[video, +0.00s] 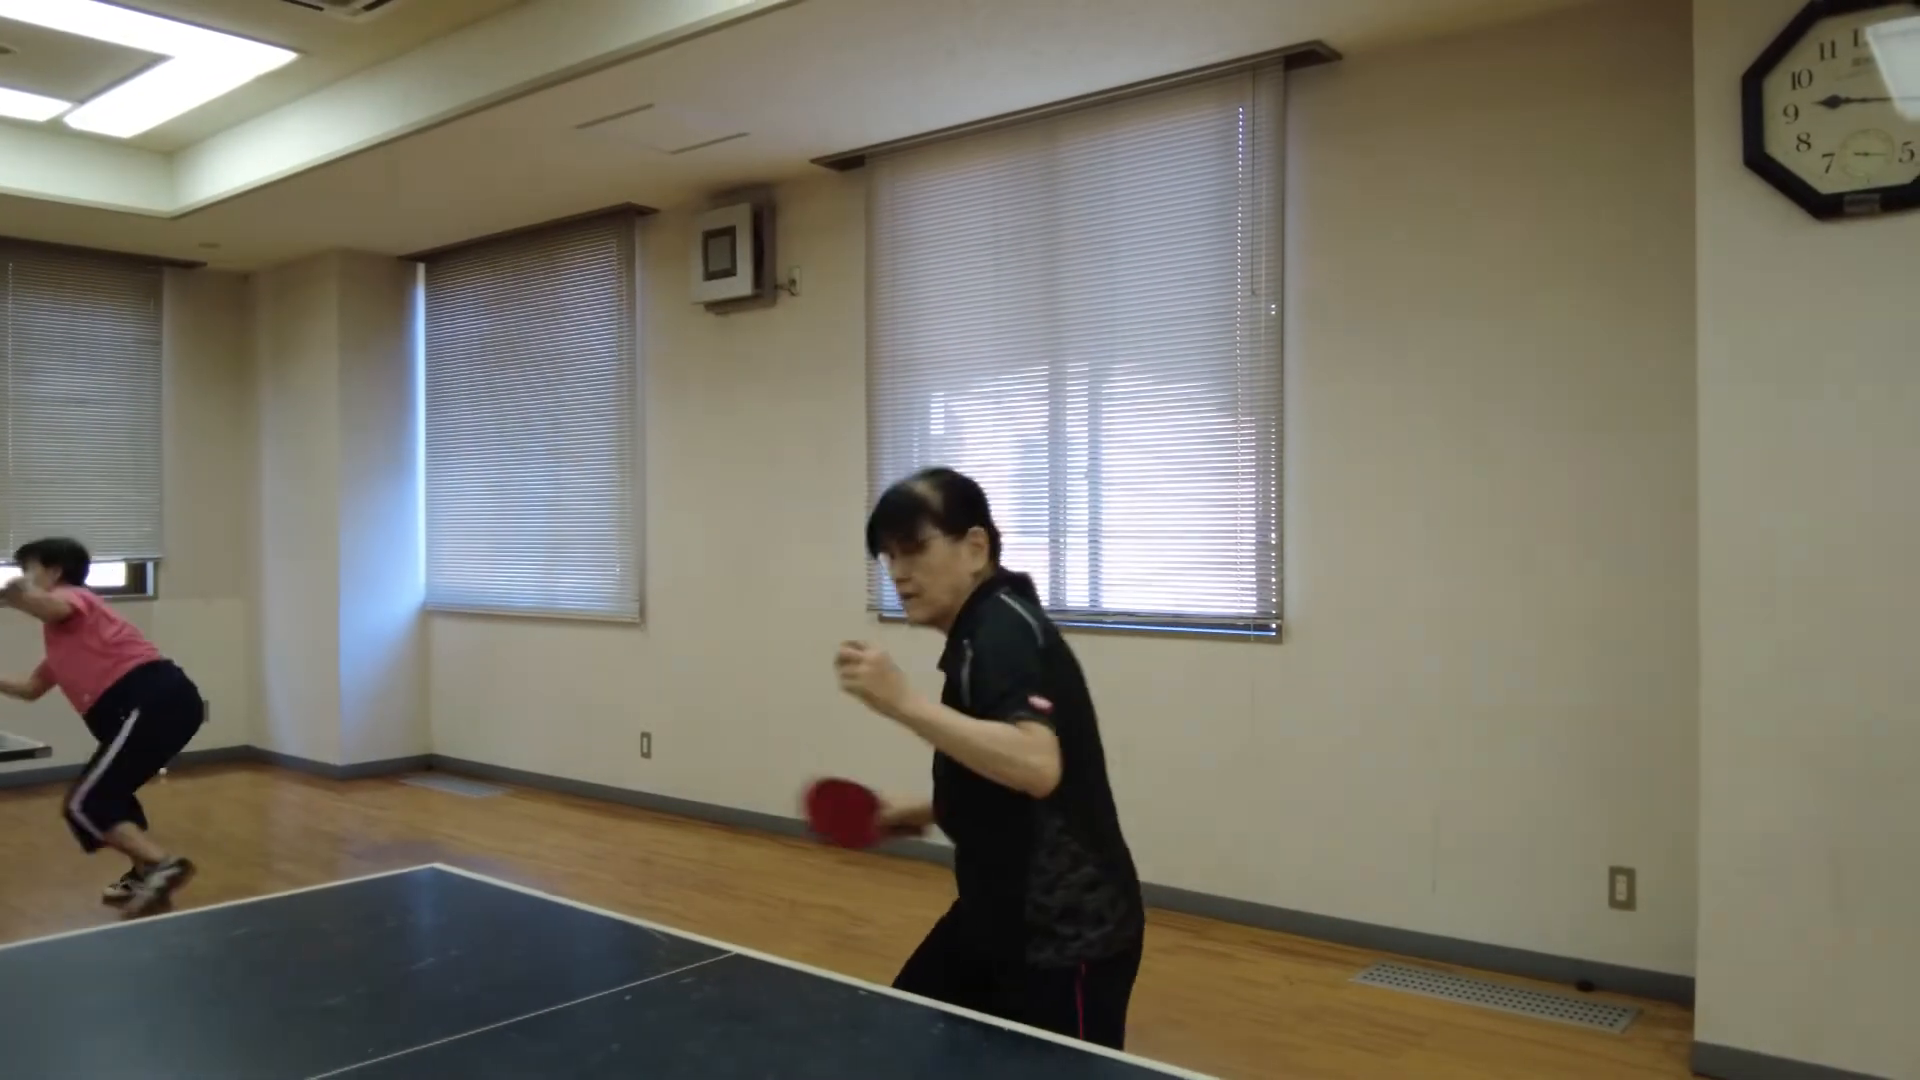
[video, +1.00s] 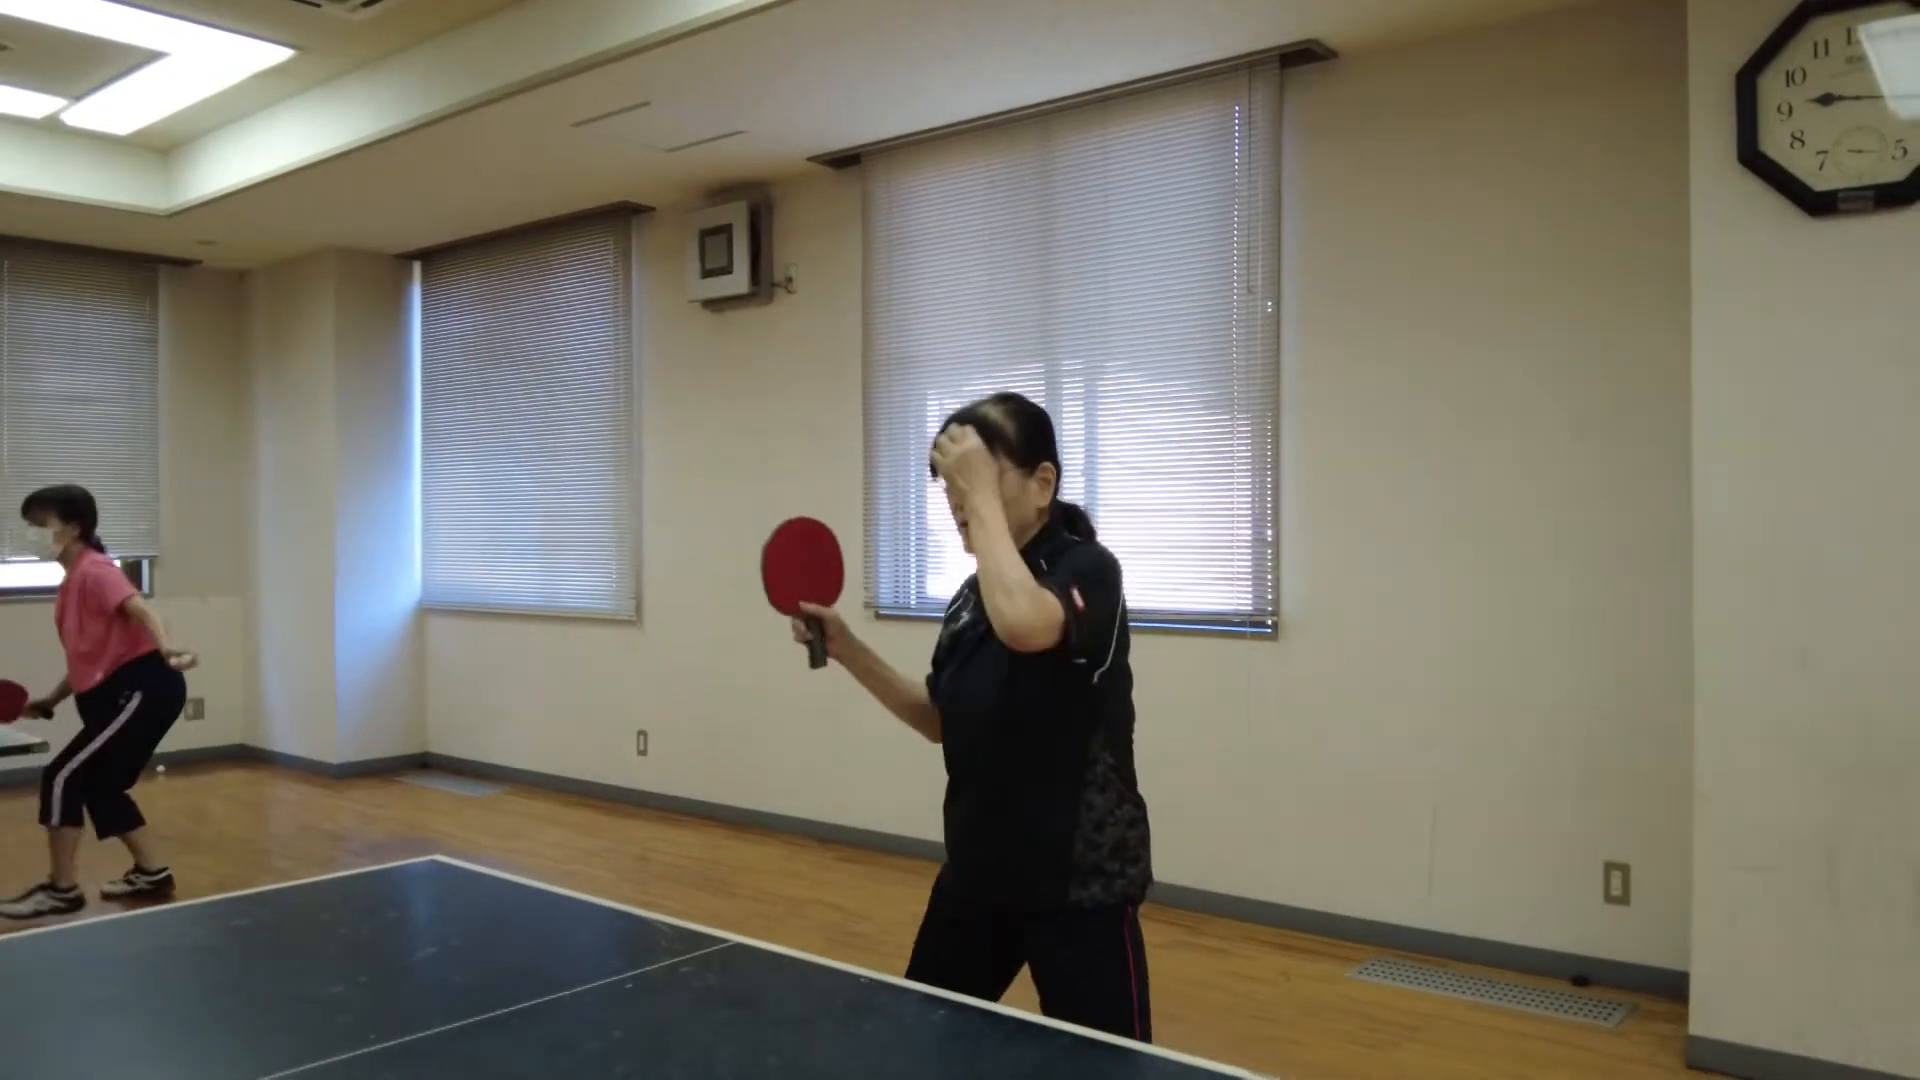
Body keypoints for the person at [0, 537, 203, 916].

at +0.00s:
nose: (23, 580)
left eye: (28, 571)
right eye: (23, 573)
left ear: (55, 571)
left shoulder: (74, 597)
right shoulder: (63, 639)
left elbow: (58, 609)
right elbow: (32, 690)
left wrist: (18, 597)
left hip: (157, 699)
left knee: (85, 803)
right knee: (108, 793)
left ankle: (160, 863)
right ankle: (145, 869)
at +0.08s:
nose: (5, 596)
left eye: (10, 586)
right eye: (4, 588)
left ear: (38, 584)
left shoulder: (48, 609)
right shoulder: (55, 656)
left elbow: (68, 611)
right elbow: (28, 707)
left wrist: (80, 592)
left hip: (144, 700)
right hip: (174, 704)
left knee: (55, 786)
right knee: (107, 789)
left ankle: (100, 868)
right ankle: (147, 877)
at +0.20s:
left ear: (14, 595)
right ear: (16, 596)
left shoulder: (42, 615)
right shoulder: (37, 653)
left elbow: (84, 608)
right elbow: (63, 727)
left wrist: (134, 584)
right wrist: (31, 774)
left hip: (131, 705)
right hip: (160, 709)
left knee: (42, 782)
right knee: (88, 790)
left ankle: (22, 883)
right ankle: (144, 874)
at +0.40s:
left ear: (10, 581)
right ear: (14, 582)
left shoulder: (29, 609)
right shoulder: (23, 627)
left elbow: (60, 624)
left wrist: (93, 607)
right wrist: (34, 744)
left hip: (105, 717)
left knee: (10, 790)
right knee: (52, 806)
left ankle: (11, 885)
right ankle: (135, 860)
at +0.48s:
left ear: (14, 571)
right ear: (17, 572)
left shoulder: (31, 603)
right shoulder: (25, 612)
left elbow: (50, 625)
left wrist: (60, 620)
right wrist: (36, 740)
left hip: (101, 713)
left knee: (9, 788)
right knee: (50, 803)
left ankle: (11, 884)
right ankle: (137, 857)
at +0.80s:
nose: (19, 545)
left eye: (25, 534)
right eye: (17, 536)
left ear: (55, 537)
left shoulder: (71, 579)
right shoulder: (56, 592)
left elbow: (106, 610)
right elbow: (71, 666)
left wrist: (128, 635)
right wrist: (35, 715)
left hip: (127, 696)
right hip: (114, 699)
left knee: (50, 780)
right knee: (89, 789)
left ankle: (16, 884)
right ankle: (149, 869)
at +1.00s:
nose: (38, 536)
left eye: (43, 525)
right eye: (36, 527)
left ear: (72, 526)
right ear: (67, 529)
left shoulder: (95, 569)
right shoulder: (71, 584)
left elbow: (141, 610)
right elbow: (87, 660)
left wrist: (167, 649)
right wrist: (50, 702)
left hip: (142, 687)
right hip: (117, 693)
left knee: (63, 775)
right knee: (103, 783)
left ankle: (63, 887)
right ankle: (152, 872)